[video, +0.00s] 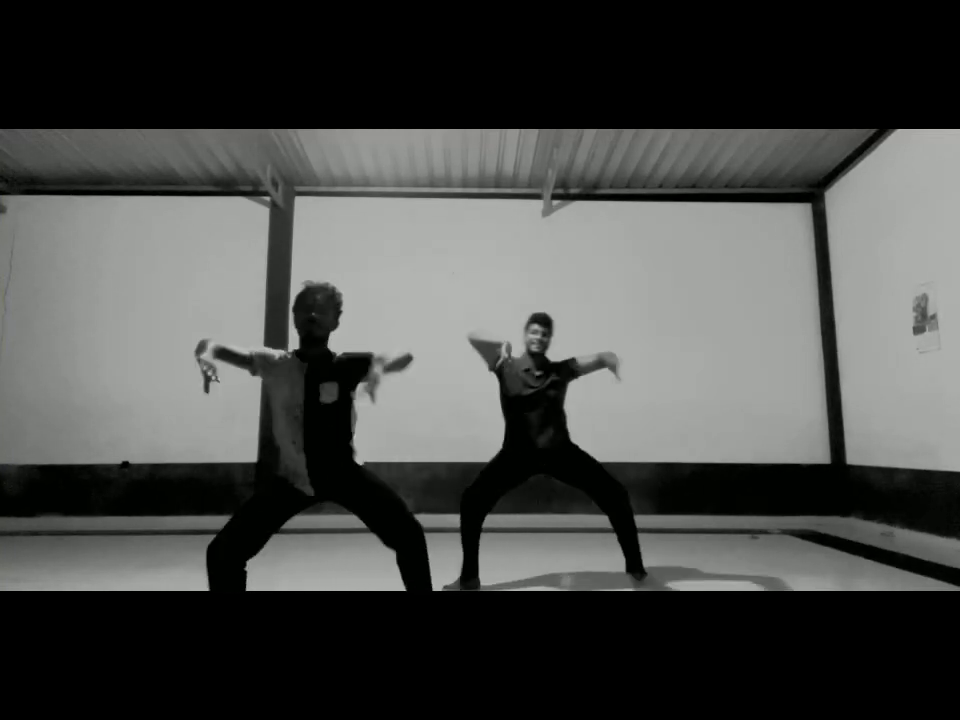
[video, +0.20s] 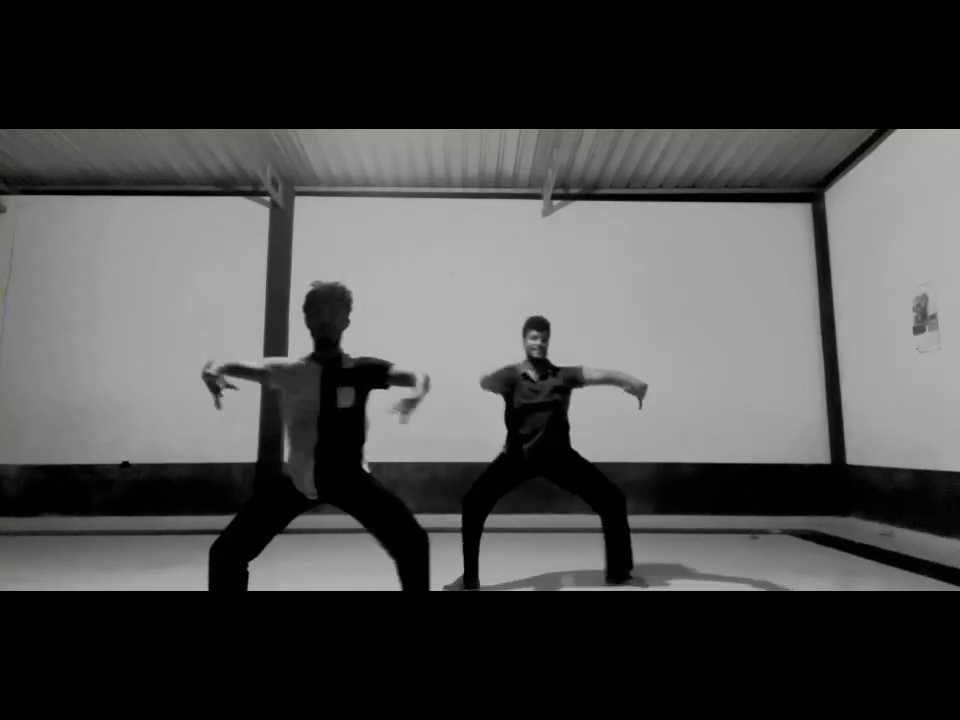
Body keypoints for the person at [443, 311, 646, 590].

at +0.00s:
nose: (538, 338)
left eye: (544, 334)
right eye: (533, 332)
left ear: (550, 339)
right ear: (524, 336)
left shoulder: (561, 370)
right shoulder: (505, 367)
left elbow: (601, 358)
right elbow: (473, 339)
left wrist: (611, 363)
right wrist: (499, 346)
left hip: (560, 454)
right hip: (517, 455)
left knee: (615, 495)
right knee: (472, 501)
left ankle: (636, 571)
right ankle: (469, 577)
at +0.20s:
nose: (537, 343)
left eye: (542, 338)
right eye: (532, 338)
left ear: (549, 342)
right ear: (524, 342)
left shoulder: (564, 376)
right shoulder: (512, 377)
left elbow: (606, 376)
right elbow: (486, 382)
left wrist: (635, 385)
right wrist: (517, 372)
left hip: (559, 457)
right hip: (517, 458)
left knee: (611, 499)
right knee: (473, 503)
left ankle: (618, 574)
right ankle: (469, 579)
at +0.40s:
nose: (564, 333)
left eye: (568, 328)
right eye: (559, 329)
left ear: (576, 329)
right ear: (551, 331)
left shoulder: (594, 364)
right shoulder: (540, 364)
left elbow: (631, 360)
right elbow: (511, 379)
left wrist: (653, 368)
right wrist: (518, 385)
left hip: (583, 449)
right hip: (543, 449)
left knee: (628, 501)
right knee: (504, 505)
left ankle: (618, 571)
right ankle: (472, 575)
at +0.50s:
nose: (572, 320)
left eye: (577, 315)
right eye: (567, 315)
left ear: (585, 314)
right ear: (559, 316)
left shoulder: (600, 345)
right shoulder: (550, 346)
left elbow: (642, 335)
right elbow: (516, 349)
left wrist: (651, 344)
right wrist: (530, 369)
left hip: (595, 433)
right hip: (557, 433)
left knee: (624, 493)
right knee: (530, 492)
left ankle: (621, 568)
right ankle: (505, 563)